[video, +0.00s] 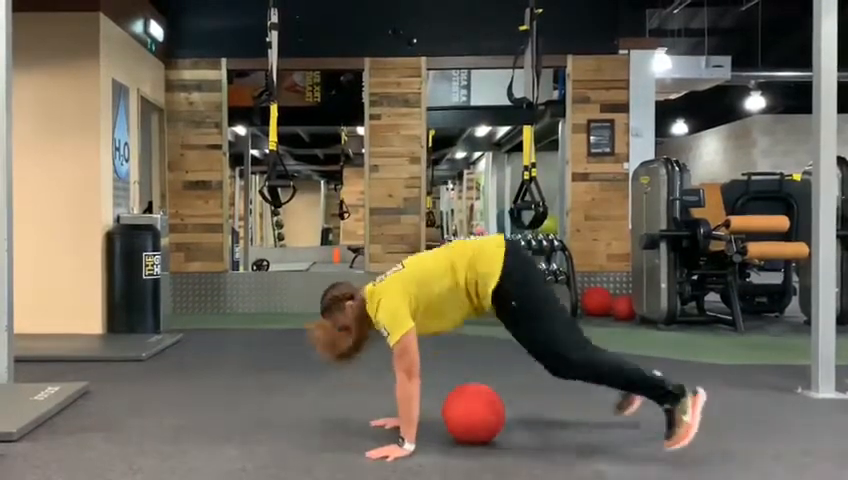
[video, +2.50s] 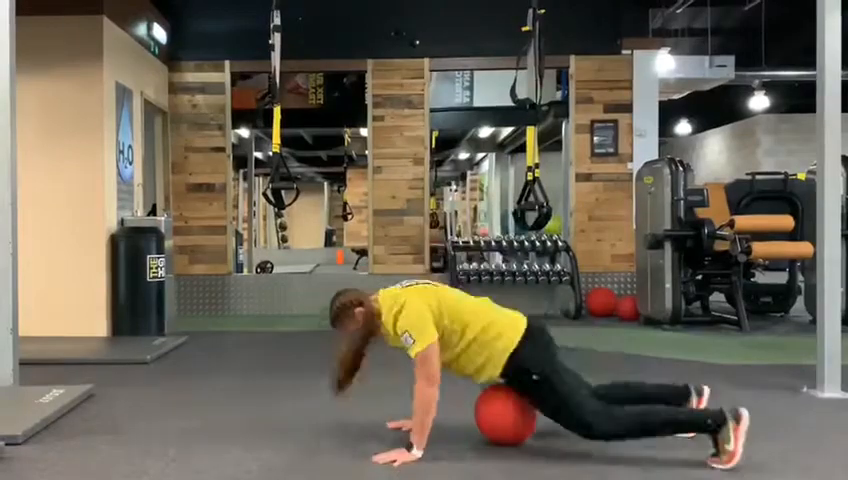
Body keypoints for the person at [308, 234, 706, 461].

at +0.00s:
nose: (348, 334)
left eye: (342, 328)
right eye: (341, 329)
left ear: (348, 313)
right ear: (352, 300)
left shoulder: (387, 299)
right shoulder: (385, 293)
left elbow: (408, 373)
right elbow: (408, 367)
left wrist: (408, 442)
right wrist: (405, 420)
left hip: (503, 269)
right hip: (497, 274)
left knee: (570, 358)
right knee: (562, 356)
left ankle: (679, 398)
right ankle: (635, 380)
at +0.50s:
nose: (384, 243)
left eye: (386, 234)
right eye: (382, 235)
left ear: (408, 226)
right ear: (409, 227)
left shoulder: (434, 262)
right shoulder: (436, 250)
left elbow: (472, 319)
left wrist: (473, 390)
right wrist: (476, 390)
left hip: (537, 307)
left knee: (457, 340)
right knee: (442, 323)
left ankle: (510, 446)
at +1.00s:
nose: (464, 80)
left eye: (466, 72)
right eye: (463, 73)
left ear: (483, 67)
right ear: (476, 70)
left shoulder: (510, 90)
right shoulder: (477, 106)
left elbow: (446, 75)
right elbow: (436, 94)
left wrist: (432, 24)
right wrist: (420, 48)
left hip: (500, 226)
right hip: (478, 226)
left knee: (480, 323)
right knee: (464, 314)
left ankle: (515, 442)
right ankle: (490, 399)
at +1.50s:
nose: (426, 72)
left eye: (430, 62)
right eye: (425, 66)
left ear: (449, 57)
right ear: (428, 71)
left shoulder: (481, 85)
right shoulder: (443, 98)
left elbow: (432, 42)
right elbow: (401, 72)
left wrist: (427, 2)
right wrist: (391, 23)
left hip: (481, 221)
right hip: (459, 223)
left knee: (482, 325)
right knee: (464, 317)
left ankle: (513, 441)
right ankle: (487, 400)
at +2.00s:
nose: (355, 252)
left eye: (352, 245)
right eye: (350, 248)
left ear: (364, 225)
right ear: (365, 224)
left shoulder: (408, 231)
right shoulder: (397, 231)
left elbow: (427, 302)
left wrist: (416, 371)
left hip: (525, 250)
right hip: (501, 251)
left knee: (472, 333)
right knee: (455, 322)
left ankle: (515, 445)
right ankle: (487, 402)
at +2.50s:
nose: (360, 335)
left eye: (356, 330)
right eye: (355, 331)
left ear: (360, 312)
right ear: (363, 307)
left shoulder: (407, 308)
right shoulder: (399, 303)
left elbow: (429, 379)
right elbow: (430, 371)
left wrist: (417, 447)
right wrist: (418, 420)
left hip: (522, 351)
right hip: (518, 343)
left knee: (599, 424)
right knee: (590, 400)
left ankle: (721, 422)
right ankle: (688, 395)